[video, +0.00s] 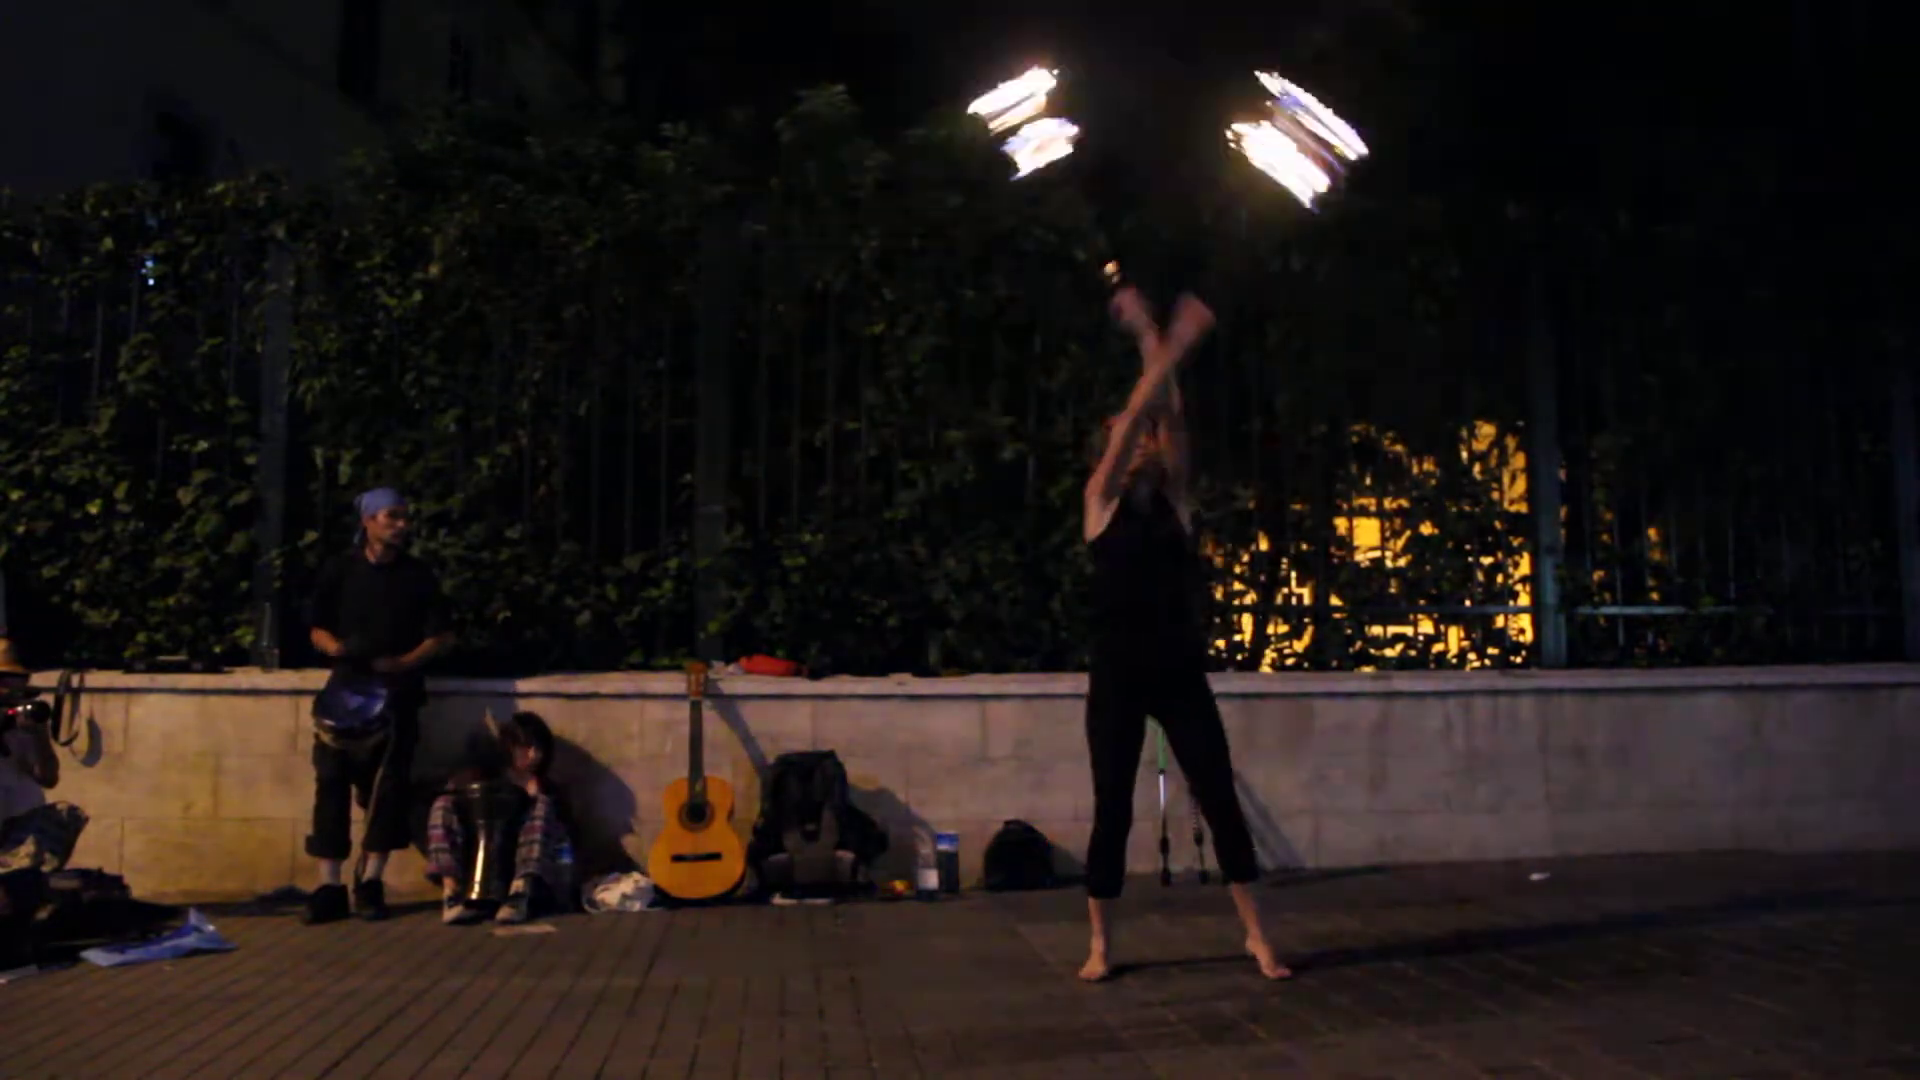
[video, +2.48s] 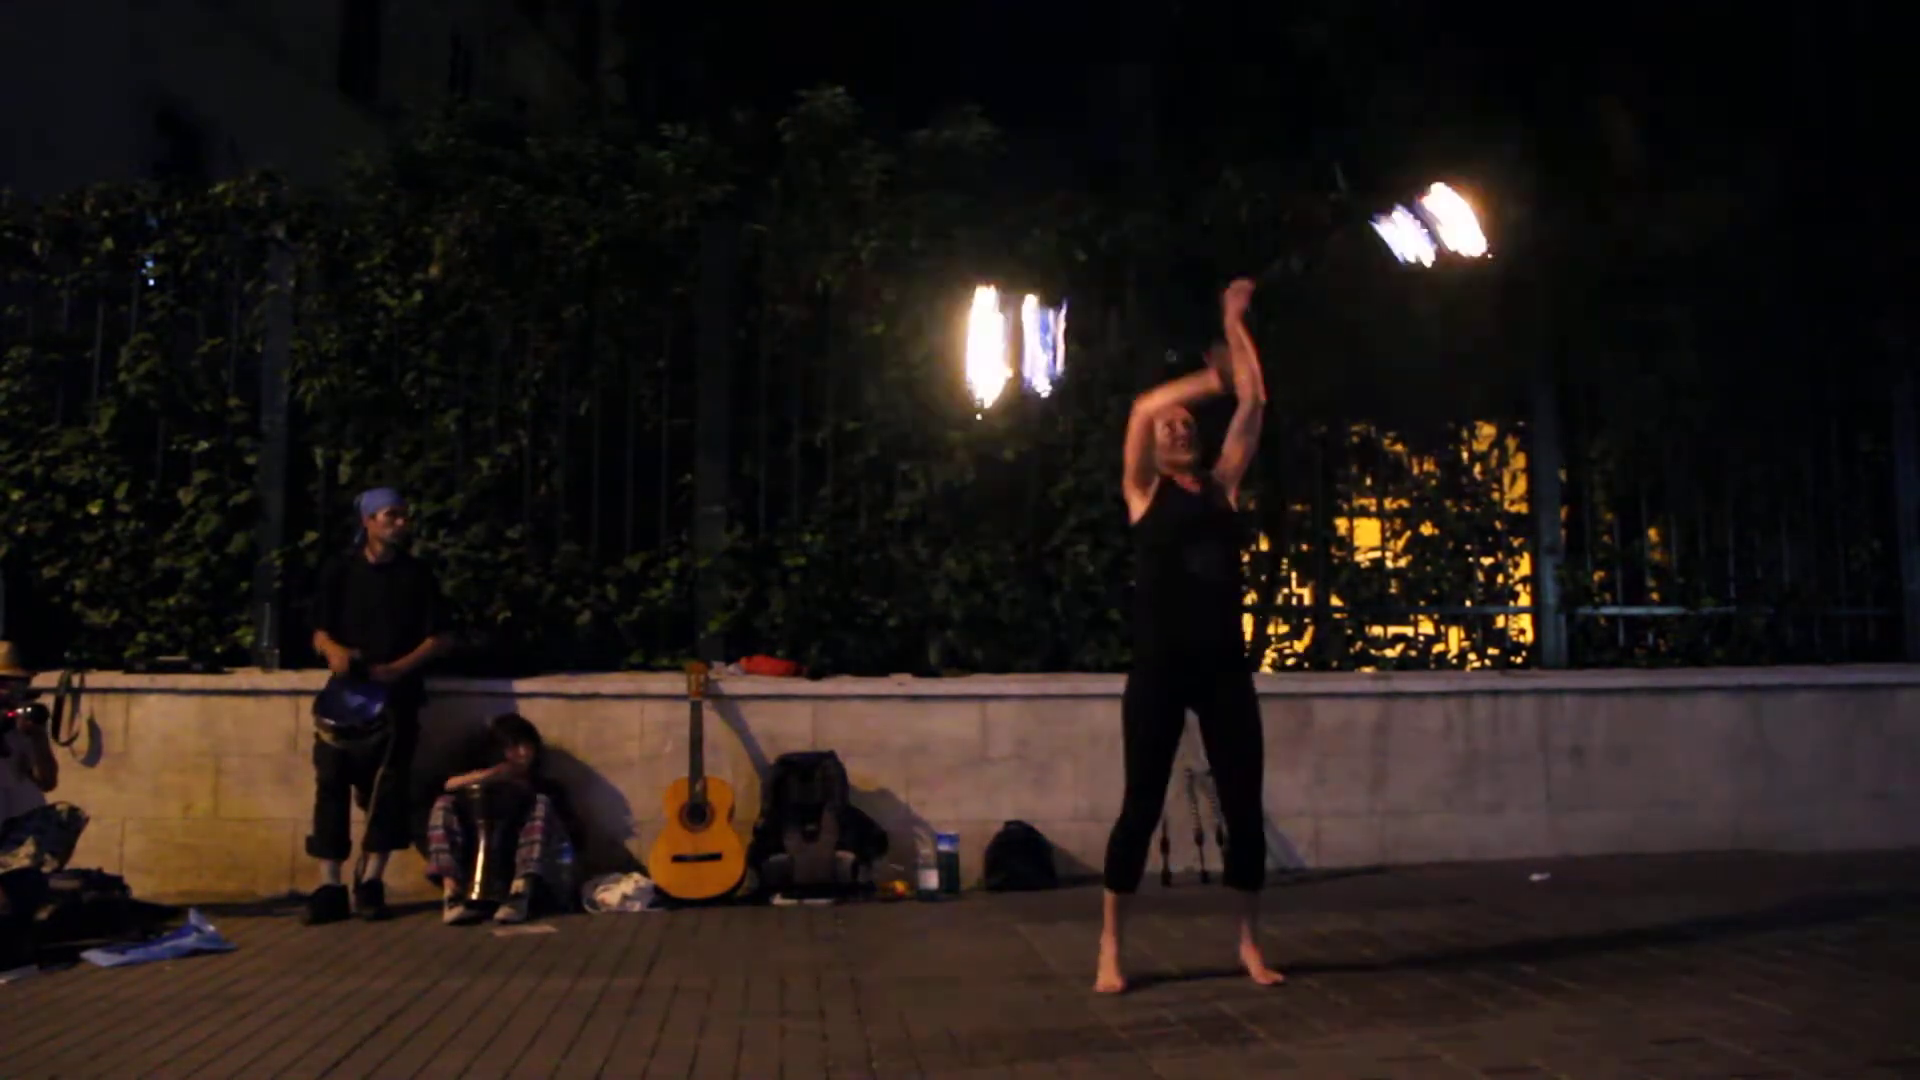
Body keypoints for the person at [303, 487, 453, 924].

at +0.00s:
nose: (402, 525)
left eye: (405, 518)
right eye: (393, 518)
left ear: (406, 524)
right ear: (368, 522)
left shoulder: (418, 575)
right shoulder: (341, 571)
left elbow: (440, 636)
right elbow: (315, 626)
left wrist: (402, 662)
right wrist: (339, 649)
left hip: (396, 692)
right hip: (345, 689)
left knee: (389, 784)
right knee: (331, 783)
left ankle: (370, 880)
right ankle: (330, 883)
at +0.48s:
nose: (393, 522)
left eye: (398, 515)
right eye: (384, 514)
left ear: (405, 523)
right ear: (364, 521)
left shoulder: (417, 575)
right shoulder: (340, 572)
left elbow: (442, 637)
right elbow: (317, 632)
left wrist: (403, 666)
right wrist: (342, 648)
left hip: (395, 692)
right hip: (344, 689)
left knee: (388, 784)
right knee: (331, 783)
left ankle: (371, 881)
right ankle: (330, 884)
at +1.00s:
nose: (398, 525)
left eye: (401, 518)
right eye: (389, 518)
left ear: (406, 523)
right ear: (367, 523)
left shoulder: (417, 575)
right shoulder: (340, 572)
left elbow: (442, 637)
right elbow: (318, 631)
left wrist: (401, 666)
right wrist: (332, 640)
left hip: (396, 691)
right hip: (345, 688)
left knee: (389, 784)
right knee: (331, 783)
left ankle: (371, 880)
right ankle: (330, 883)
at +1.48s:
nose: (402, 524)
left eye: (404, 517)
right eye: (393, 517)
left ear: (404, 522)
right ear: (368, 521)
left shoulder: (418, 573)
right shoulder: (341, 571)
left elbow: (441, 637)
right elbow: (318, 631)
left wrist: (401, 668)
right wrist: (335, 649)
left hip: (397, 692)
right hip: (346, 689)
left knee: (390, 781)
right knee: (331, 779)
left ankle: (370, 880)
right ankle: (331, 882)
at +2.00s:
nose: (401, 524)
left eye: (403, 518)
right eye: (392, 518)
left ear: (404, 524)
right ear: (368, 522)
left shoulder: (417, 574)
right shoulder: (341, 571)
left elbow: (440, 638)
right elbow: (318, 631)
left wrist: (396, 667)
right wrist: (336, 655)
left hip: (397, 692)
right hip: (345, 689)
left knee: (390, 783)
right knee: (331, 780)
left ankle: (370, 880)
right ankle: (331, 882)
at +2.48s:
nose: (401, 523)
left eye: (404, 516)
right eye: (392, 516)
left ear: (405, 523)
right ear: (368, 521)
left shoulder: (418, 574)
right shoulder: (340, 572)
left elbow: (440, 638)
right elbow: (319, 631)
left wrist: (395, 668)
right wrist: (334, 652)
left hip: (396, 694)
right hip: (345, 691)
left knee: (389, 784)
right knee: (331, 783)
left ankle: (370, 881)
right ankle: (330, 883)